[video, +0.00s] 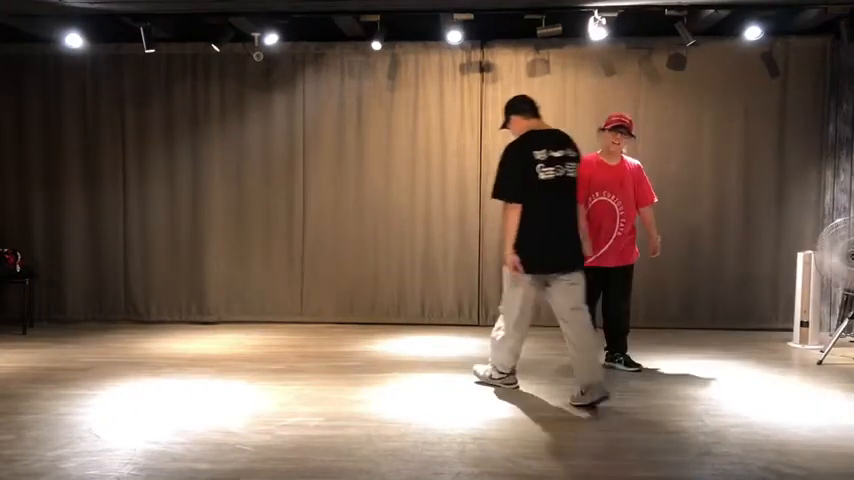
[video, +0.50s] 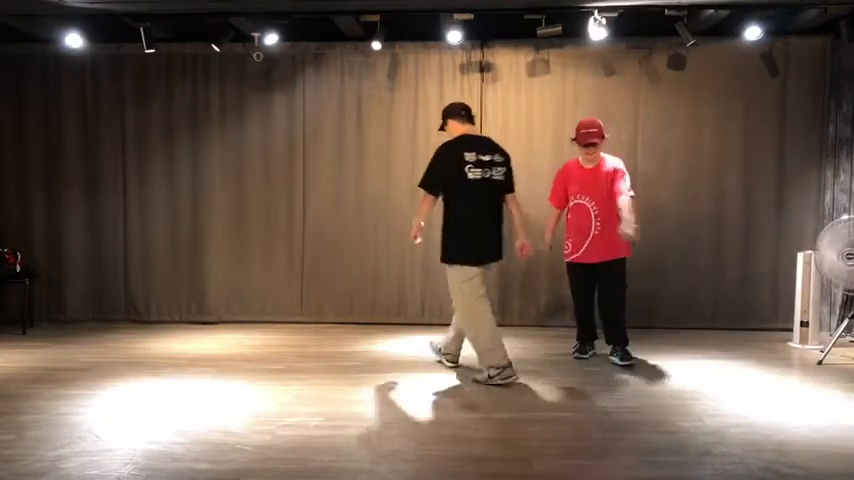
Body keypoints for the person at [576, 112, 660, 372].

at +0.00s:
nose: (617, 137)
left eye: (623, 134)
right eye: (613, 132)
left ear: (628, 139)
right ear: (603, 134)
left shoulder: (633, 168)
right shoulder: (586, 165)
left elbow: (644, 205)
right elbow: (580, 206)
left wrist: (653, 236)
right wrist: (584, 240)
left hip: (623, 250)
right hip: (592, 250)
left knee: (618, 306)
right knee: (586, 304)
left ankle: (617, 352)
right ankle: (584, 353)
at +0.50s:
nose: (590, 150)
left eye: (594, 145)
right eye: (585, 145)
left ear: (601, 143)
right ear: (577, 144)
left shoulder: (614, 167)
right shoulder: (567, 171)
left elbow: (624, 197)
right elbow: (557, 205)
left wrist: (627, 221)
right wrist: (549, 233)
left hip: (611, 248)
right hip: (578, 250)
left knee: (614, 301)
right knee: (582, 301)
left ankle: (618, 345)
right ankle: (585, 342)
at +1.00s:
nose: (604, 150)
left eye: (609, 145)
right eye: (600, 145)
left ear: (618, 144)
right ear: (594, 145)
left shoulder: (629, 169)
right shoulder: (584, 172)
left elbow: (617, 200)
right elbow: (577, 209)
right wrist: (574, 238)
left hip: (621, 248)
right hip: (590, 248)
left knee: (624, 297)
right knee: (587, 299)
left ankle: (627, 335)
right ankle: (585, 341)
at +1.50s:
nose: (625, 141)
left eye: (631, 137)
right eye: (622, 136)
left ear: (642, 141)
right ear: (617, 139)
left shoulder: (650, 166)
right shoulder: (604, 165)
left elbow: (666, 182)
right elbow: (582, 194)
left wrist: (678, 194)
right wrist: (573, 220)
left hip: (637, 242)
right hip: (605, 241)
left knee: (632, 293)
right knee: (600, 290)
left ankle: (629, 336)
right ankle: (589, 336)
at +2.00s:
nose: (616, 142)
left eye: (621, 137)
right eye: (611, 137)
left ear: (629, 141)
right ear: (603, 140)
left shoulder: (635, 161)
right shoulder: (593, 166)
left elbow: (611, 164)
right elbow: (616, 184)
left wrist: (584, 153)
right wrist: (646, 175)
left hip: (627, 240)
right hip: (597, 241)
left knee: (628, 293)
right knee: (595, 294)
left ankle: (628, 336)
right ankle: (592, 340)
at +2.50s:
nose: (591, 146)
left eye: (596, 141)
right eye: (586, 142)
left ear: (606, 142)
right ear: (581, 144)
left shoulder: (620, 163)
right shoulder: (573, 166)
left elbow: (645, 177)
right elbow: (546, 177)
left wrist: (668, 187)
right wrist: (524, 183)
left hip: (616, 246)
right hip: (584, 248)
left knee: (618, 298)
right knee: (588, 299)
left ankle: (621, 344)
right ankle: (591, 342)